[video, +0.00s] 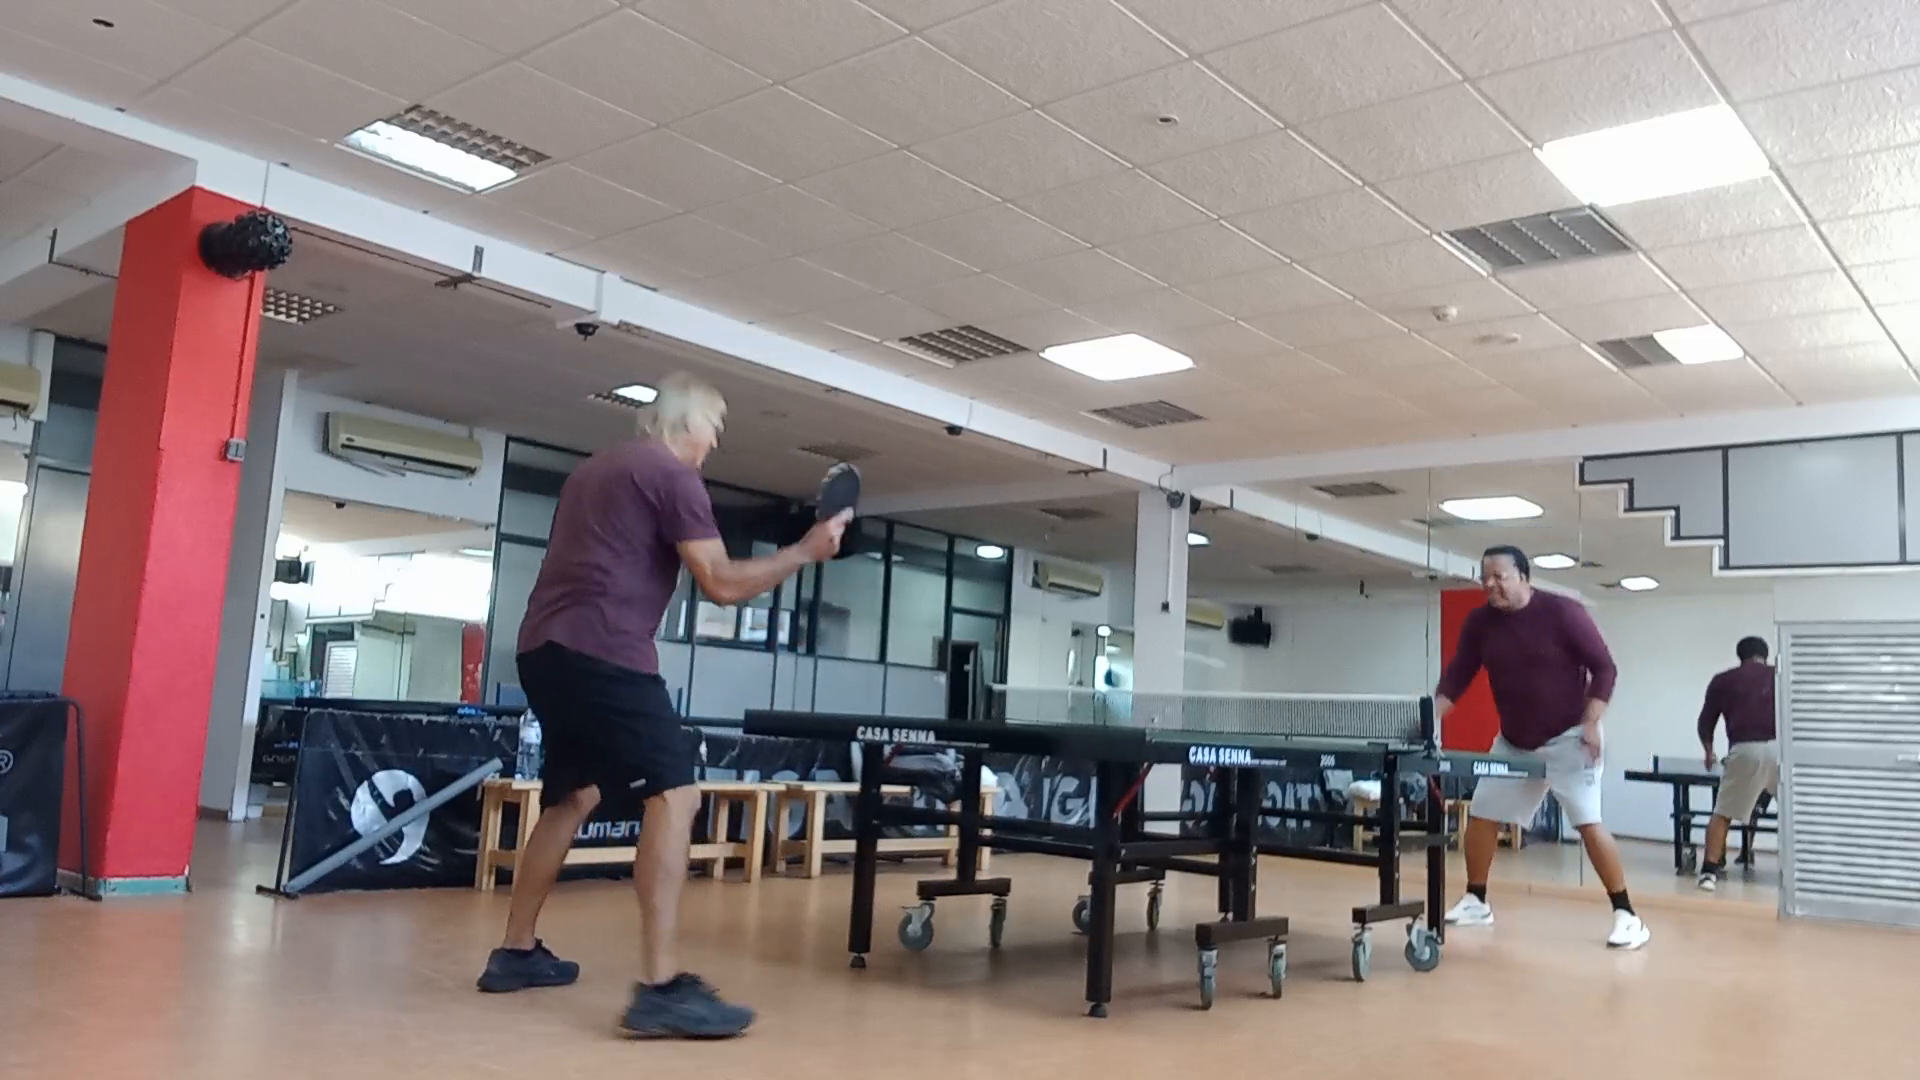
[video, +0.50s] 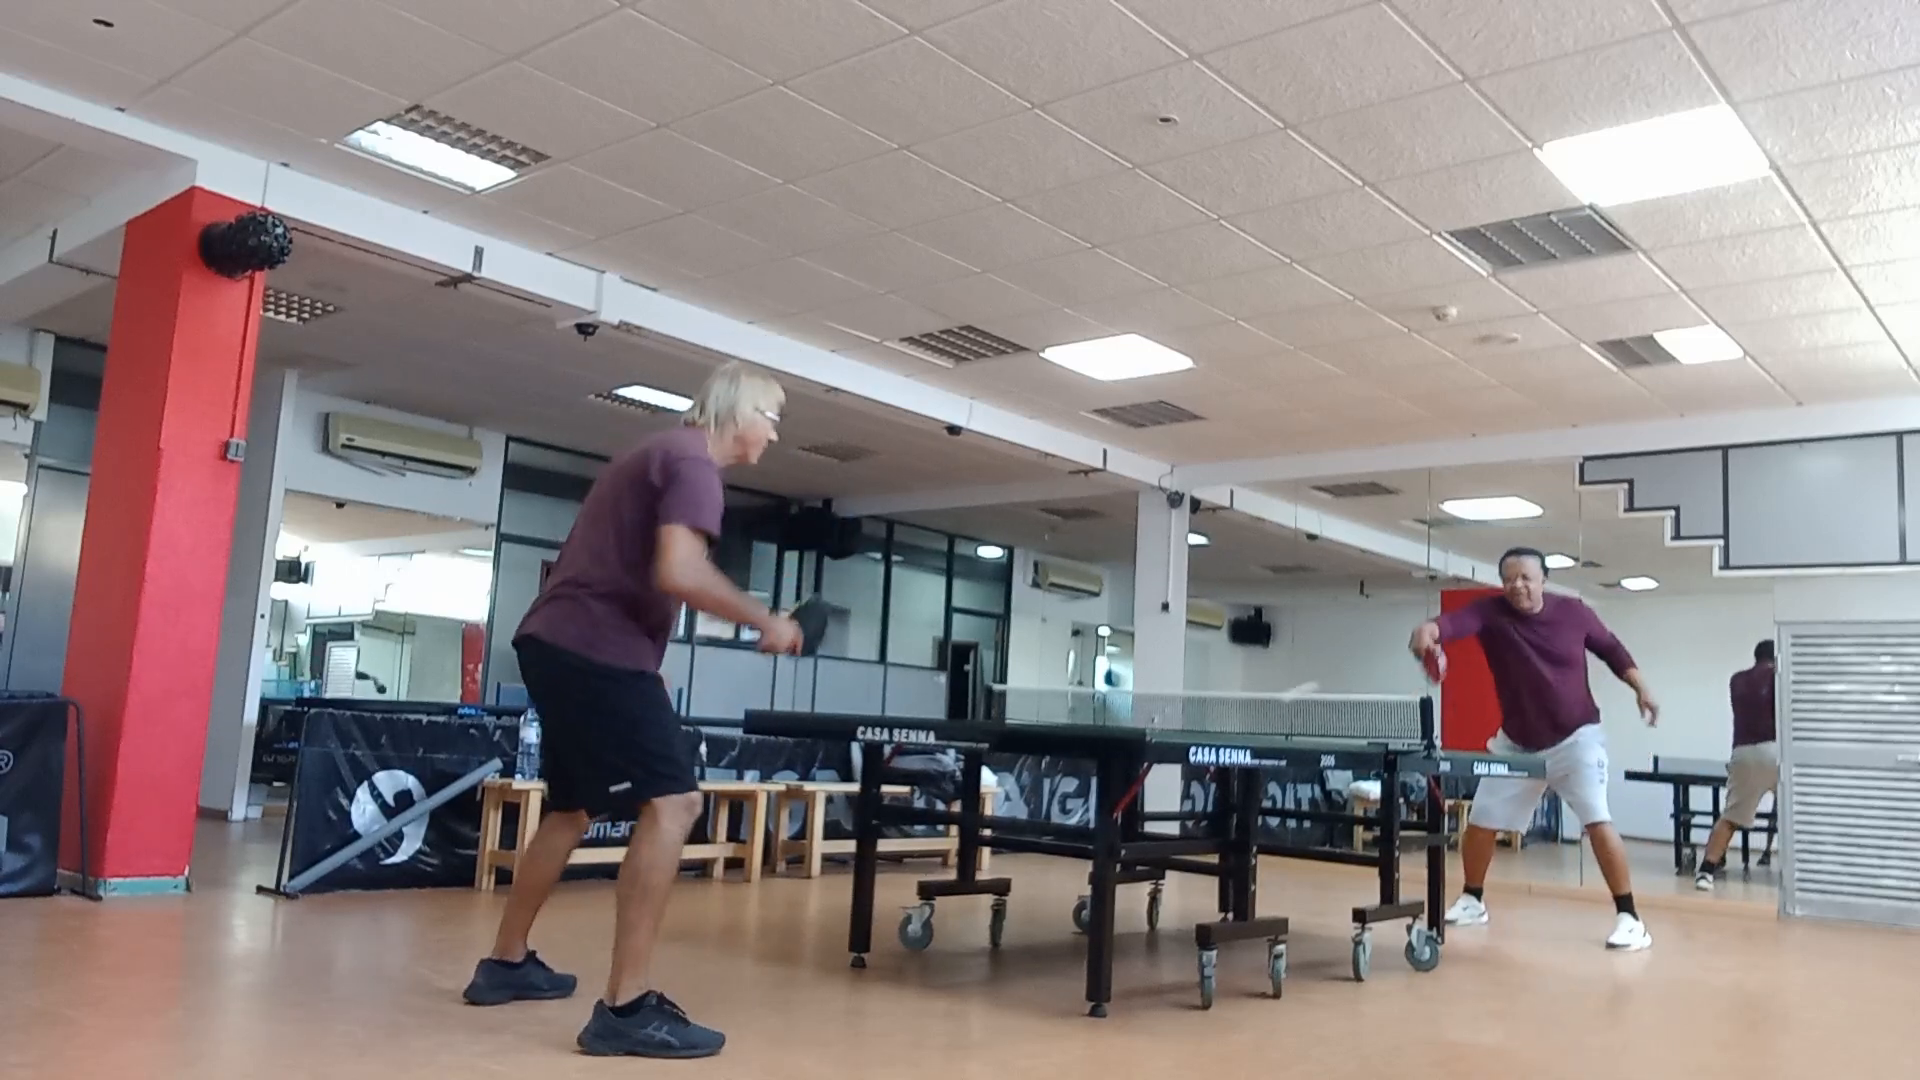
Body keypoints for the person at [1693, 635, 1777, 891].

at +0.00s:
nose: (1763, 662)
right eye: (1764, 658)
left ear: (1739, 657)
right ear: (1766, 657)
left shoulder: (1723, 680)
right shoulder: (1780, 677)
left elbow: (1705, 722)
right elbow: (1797, 710)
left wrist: (1709, 750)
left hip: (1745, 753)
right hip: (1783, 751)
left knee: (1722, 815)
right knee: (1799, 813)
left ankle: (1709, 872)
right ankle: (1804, 873)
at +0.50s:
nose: (1772, 663)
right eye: (1775, 658)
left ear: (1755, 657)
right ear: (1776, 658)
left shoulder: (1737, 679)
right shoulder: (1783, 677)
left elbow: (1742, 714)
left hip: (1744, 752)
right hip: (1779, 750)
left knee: (1730, 816)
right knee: (1800, 815)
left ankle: (1706, 870)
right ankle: (1804, 874)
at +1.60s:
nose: (1693, 678)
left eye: (1691, 674)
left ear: (1691, 672)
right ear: (1715, 664)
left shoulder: (1694, 686)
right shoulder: (1746, 680)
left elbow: (1684, 721)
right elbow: (1777, 715)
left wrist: (1655, 734)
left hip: (1733, 753)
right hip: (1769, 751)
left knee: (1707, 812)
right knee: (1782, 812)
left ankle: (1700, 871)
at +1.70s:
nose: (1691, 681)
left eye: (1689, 677)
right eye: (1690, 678)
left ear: (1691, 674)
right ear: (1714, 667)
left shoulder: (1697, 686)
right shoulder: (1746, 680)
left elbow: (1686, 726)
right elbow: (1775, 712)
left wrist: (1656, 735)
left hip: (1739, 753)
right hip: (1771, 752)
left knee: (1710, 811)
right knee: (1783, 818)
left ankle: (1700, 871)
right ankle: (1798, 871)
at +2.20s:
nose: (1749, 668)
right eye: (1750, 665)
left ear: (1725, 665)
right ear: (1750, 663)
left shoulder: (1715, 686)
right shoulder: (1772, 682)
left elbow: (1702, 721)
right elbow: (1786, 711)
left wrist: (1715, 733)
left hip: (1740, 760)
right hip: (1774, 759)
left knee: (1711, 808)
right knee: (1786, 819)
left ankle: (1695, 859)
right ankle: (1799, 868)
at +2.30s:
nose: (1748, 667)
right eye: (1750, 663)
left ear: (1725, 663)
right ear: (1751, 662)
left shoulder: (1711, 683)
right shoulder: (1771, 681)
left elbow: (1695, 720)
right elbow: (1784, 714)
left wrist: (1709, 734)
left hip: (1731, 758)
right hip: (1769, 758)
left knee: (1707, 812)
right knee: (1784, 820)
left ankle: (1685, 864)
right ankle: (1797, 874)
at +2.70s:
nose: (1734, 664)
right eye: (1735, 660)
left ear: (1710, 660)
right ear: (1735, 659)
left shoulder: (1690, 681)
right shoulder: (1750, 678)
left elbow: (1675, 723)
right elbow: (1771, 717)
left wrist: (1687, 748)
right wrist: (1780, 744)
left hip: (1704, 751)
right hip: (1744, 751)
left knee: (1691, 812)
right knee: (1773, 814)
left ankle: (1681, 867)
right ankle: (1794, 867)